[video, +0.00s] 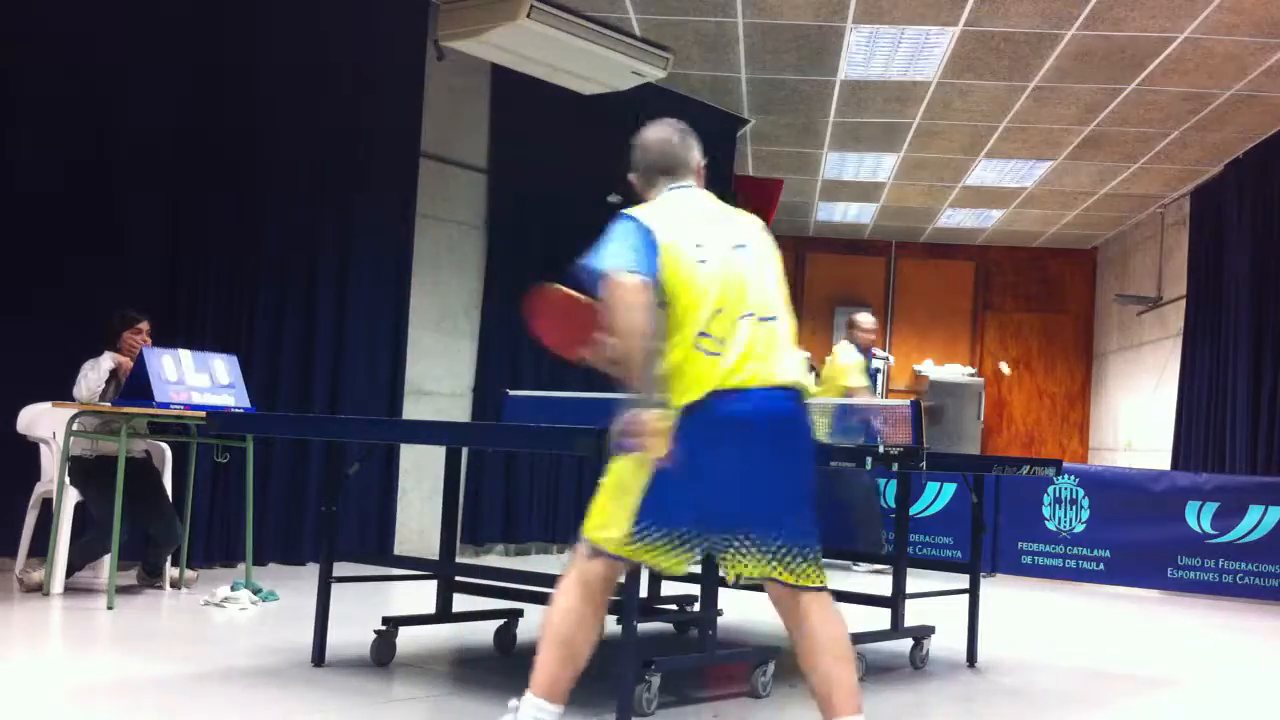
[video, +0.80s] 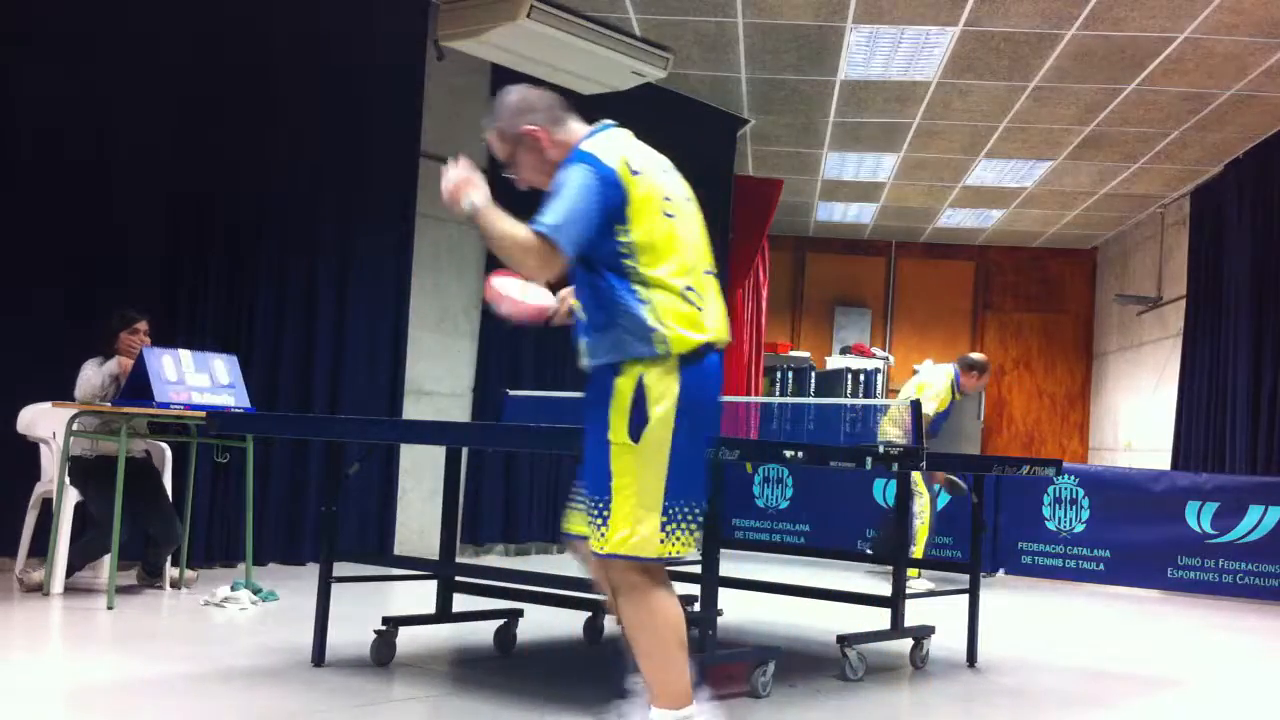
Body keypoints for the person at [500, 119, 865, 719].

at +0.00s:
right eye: (704, 164)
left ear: (637, 180)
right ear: (702, 170)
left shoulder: (636, 229)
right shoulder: (753, 228)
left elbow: (633, 319)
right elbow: (749, 336)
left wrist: (649, 400)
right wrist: (621, 353)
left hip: (693, 415)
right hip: (783, 414)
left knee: (594, 568)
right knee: (801, 586)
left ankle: (535, 711)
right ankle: (848, 714)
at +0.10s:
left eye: (646, 147)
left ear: (647, 150)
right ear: (713, 133)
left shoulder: (661, 200)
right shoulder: (778, 187)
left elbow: (697, 271)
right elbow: (818, 280)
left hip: (713, 391)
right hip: (803, 385)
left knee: (624, 544)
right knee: (810, 565)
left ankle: (580, 699)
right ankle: (854, 708)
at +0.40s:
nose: (657, 163)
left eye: (656, 154)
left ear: (663, 157)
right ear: (730, 148)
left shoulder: (689, 220)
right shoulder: (793, 210)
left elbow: (709, 325)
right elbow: (841, 299)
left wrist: (731, 431)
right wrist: (768, 356)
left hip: (752, 425)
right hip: (825, 416)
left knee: (633, 563)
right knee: (858, 579)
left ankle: (678, 714)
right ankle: (929, 713)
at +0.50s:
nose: (632, 179)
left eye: (629, 166)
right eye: (630, 168)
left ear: (640, 161)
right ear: (699, 151)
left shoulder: (683, 214)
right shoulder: (755, 206)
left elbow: (688, 325)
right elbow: (764, 328)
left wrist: (631, 426)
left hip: (733, 415)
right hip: (800, 411)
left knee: (618, 564)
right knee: (831, 573)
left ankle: (675, 714)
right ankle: (918, 711)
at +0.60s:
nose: (595, 186)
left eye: (587, 170)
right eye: (586, 175)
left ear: (608, 149)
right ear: (641, 137)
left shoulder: (658, 184)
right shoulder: (712, 180)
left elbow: (655, 289)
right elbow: (709, 309)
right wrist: (614, 342)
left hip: (698, 392)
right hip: (757, 388)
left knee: (620, 559)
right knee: (746, 556)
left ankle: (675, 714)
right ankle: (873, 694)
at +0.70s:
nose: (546, 182)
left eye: (542, 166)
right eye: (539, 170)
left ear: (571, 144)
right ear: (586, 137)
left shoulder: (624, 169)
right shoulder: (667, 165)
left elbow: (600, 268)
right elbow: (677, 290)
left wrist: (510, 260)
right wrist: (587, 302)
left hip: (674, 383)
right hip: (721, 378)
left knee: (628, 560)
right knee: (685, 559)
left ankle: (675, 713)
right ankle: (791, 675)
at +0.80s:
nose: (516, 178)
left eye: (511, 162)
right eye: (507, 167)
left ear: (538, 137)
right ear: (555, 128)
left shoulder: (596, 162)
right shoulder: (629, 156)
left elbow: (542, 261)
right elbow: (642, 284)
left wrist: (477, 203)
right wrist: (556, 305)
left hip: (656, 373)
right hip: (653, 369)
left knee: (633, 558)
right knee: (592, 537)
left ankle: (675, 709)